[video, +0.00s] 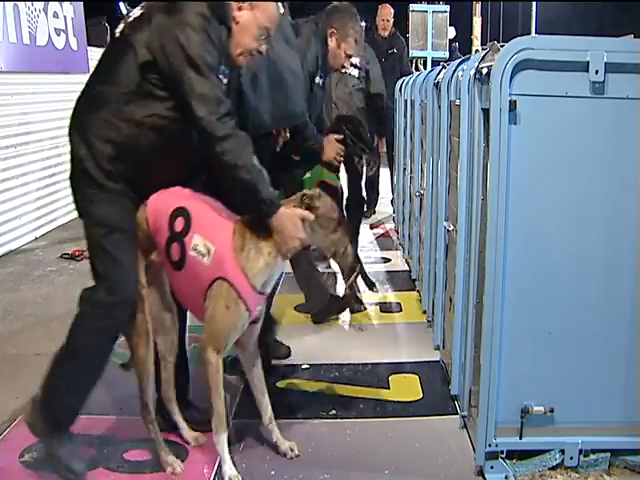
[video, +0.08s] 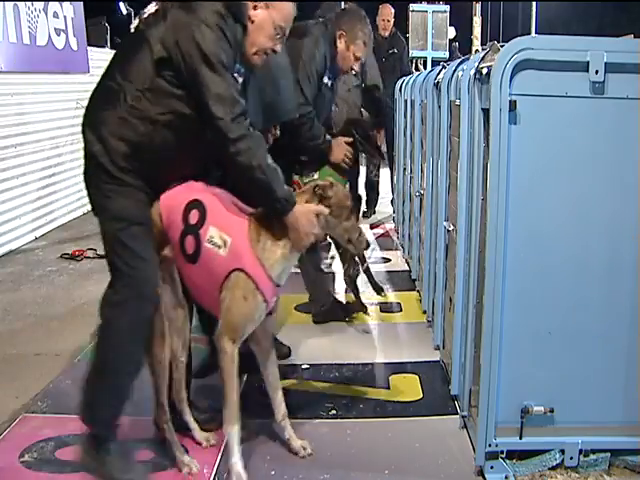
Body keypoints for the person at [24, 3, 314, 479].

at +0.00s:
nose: (262, 48)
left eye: (268, 39)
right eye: (262, 34)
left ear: (239, 12)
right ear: (238, 8)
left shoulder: (205, 32)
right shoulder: (184, 22)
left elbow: (219, 137)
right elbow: (217, 127)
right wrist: (272, 211)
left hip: (161, 178)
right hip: (108, 169)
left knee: (172, 292)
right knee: (118, 292)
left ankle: (172, 404)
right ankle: (49, 416)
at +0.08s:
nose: (277, 46)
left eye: (283, 38)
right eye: (277, 32)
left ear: (255, 11)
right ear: (254, 9)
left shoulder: (221, 28)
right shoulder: (198, 26)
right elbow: (232, 132)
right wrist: (285, 207)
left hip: (173, 166)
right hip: (121, 161)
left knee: (209, 265)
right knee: (137, 283)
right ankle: (100, 431)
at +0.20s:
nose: (295, 43)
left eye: (302, 34)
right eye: (296, 27)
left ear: (271, 11)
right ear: (270, 6)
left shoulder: (243, 31)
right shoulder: (218, 23)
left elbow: (254, 130)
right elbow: (253, 133)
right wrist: (309, 201)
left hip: (199, 171)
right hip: (142, 169)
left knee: (247, 262)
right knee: (170, 297)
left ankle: (261, 353)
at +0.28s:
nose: (306, 40)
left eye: (312, 31)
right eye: (307, 25)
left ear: (281, 9)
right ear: (282, 5)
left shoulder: (245, 23)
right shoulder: (233, 23)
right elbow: (269, 129)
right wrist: (328, 200)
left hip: (178, 168)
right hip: (149, 166)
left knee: (197, 293)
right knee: (187, 306)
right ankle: (221, 445)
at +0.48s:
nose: (335, 29)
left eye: (340, 18)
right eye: (335, 13)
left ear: (306, 7)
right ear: (306, 2)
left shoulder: (265, 23)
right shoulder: (264, 31)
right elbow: (310, 138)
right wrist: (372, 201)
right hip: (179, 193)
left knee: (236, 307)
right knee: (237, 322)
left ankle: (197, 368)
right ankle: (241, 466)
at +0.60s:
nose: (351, 19)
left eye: (354, 12)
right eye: (348, 9)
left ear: (329, 7)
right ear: (324, 2)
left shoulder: (294, 22)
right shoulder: (283, 28)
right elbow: (331, 130)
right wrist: (395, 198)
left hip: (231, 174)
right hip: (197, 176)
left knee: (272, 262)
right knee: (249, 316)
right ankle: (245, 466)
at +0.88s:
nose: (405, 31)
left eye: (408, 20)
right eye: (404, 15)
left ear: (373, 9)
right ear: (378, 5)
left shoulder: (321, 15)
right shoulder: (338, 27)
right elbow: (384, 132)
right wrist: (446, 194)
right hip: (251, 188)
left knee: (327, 292)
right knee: (282, 326)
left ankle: (350, 398)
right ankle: (241, 470)